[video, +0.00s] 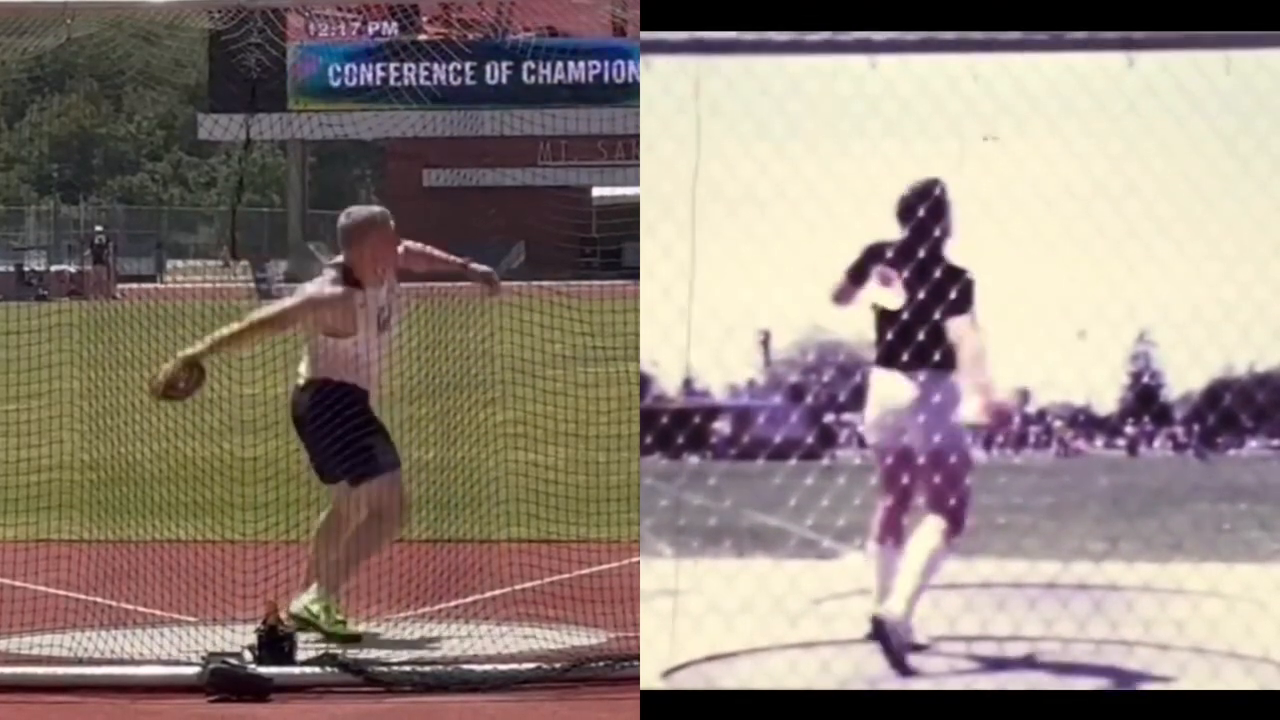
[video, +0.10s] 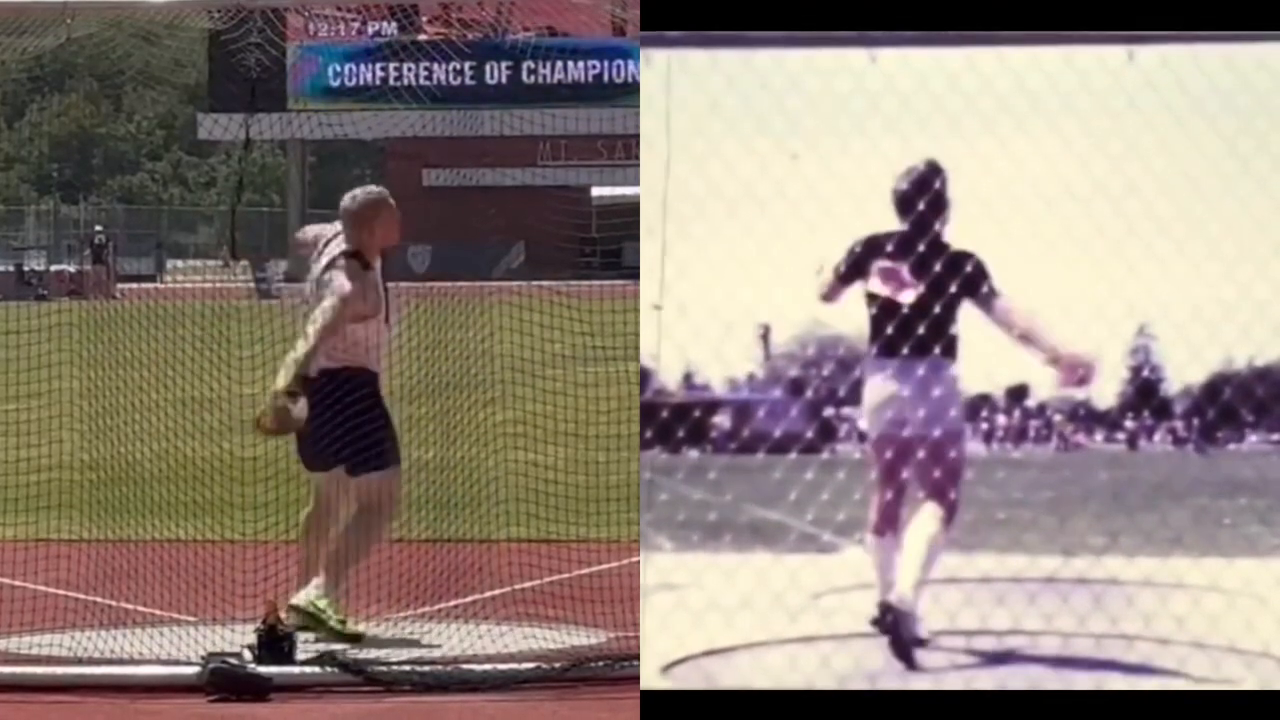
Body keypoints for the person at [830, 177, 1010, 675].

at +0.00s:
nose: (948, 224)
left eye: (941, 216)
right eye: (945, 216)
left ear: (903, 218)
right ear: (943, 220)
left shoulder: (878, 257)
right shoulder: (952, 276)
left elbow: (842, 295)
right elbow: (964, 336)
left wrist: (869, 274)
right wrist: (984, 395)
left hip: (885, 378)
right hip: (935, 384)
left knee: (892, 497)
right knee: (947, 506)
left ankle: (884, 606)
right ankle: (898, 607)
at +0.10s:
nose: (942, 208)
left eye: (932, 201)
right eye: (941, 200)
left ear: (899, 205)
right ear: (943, 205)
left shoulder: (872, 250)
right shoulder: (960, 264)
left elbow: (827, 294)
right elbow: (1010, 321)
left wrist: (849, 269)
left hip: (883, 377)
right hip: (937, 380)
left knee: (886, 493)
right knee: (939, 496)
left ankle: (888, 602)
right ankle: (904, 595)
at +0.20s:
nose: (947, 209)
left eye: (937, 202)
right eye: (948, 200)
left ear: (901, 203)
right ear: (949, 204)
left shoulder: (877, 248)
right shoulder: (965, 253)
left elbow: (822, 293)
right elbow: (1049, 266)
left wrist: (817, 267)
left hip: (873, 372)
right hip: (927, 372)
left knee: (885, 491)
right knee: (932, 492)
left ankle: (894, 596)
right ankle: (911, 593)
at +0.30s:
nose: (972, 209)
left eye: (967, 198)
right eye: (971, 200)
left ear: (928, 198)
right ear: (969, 205)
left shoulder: (894, 240)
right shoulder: (973, 243)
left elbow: (826, 275)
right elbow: (1024, 225)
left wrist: (817, 244)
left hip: (871, 363)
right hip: (923, 365)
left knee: (877, 482)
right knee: (931, 490)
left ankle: (887, 590)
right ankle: (917, 593)